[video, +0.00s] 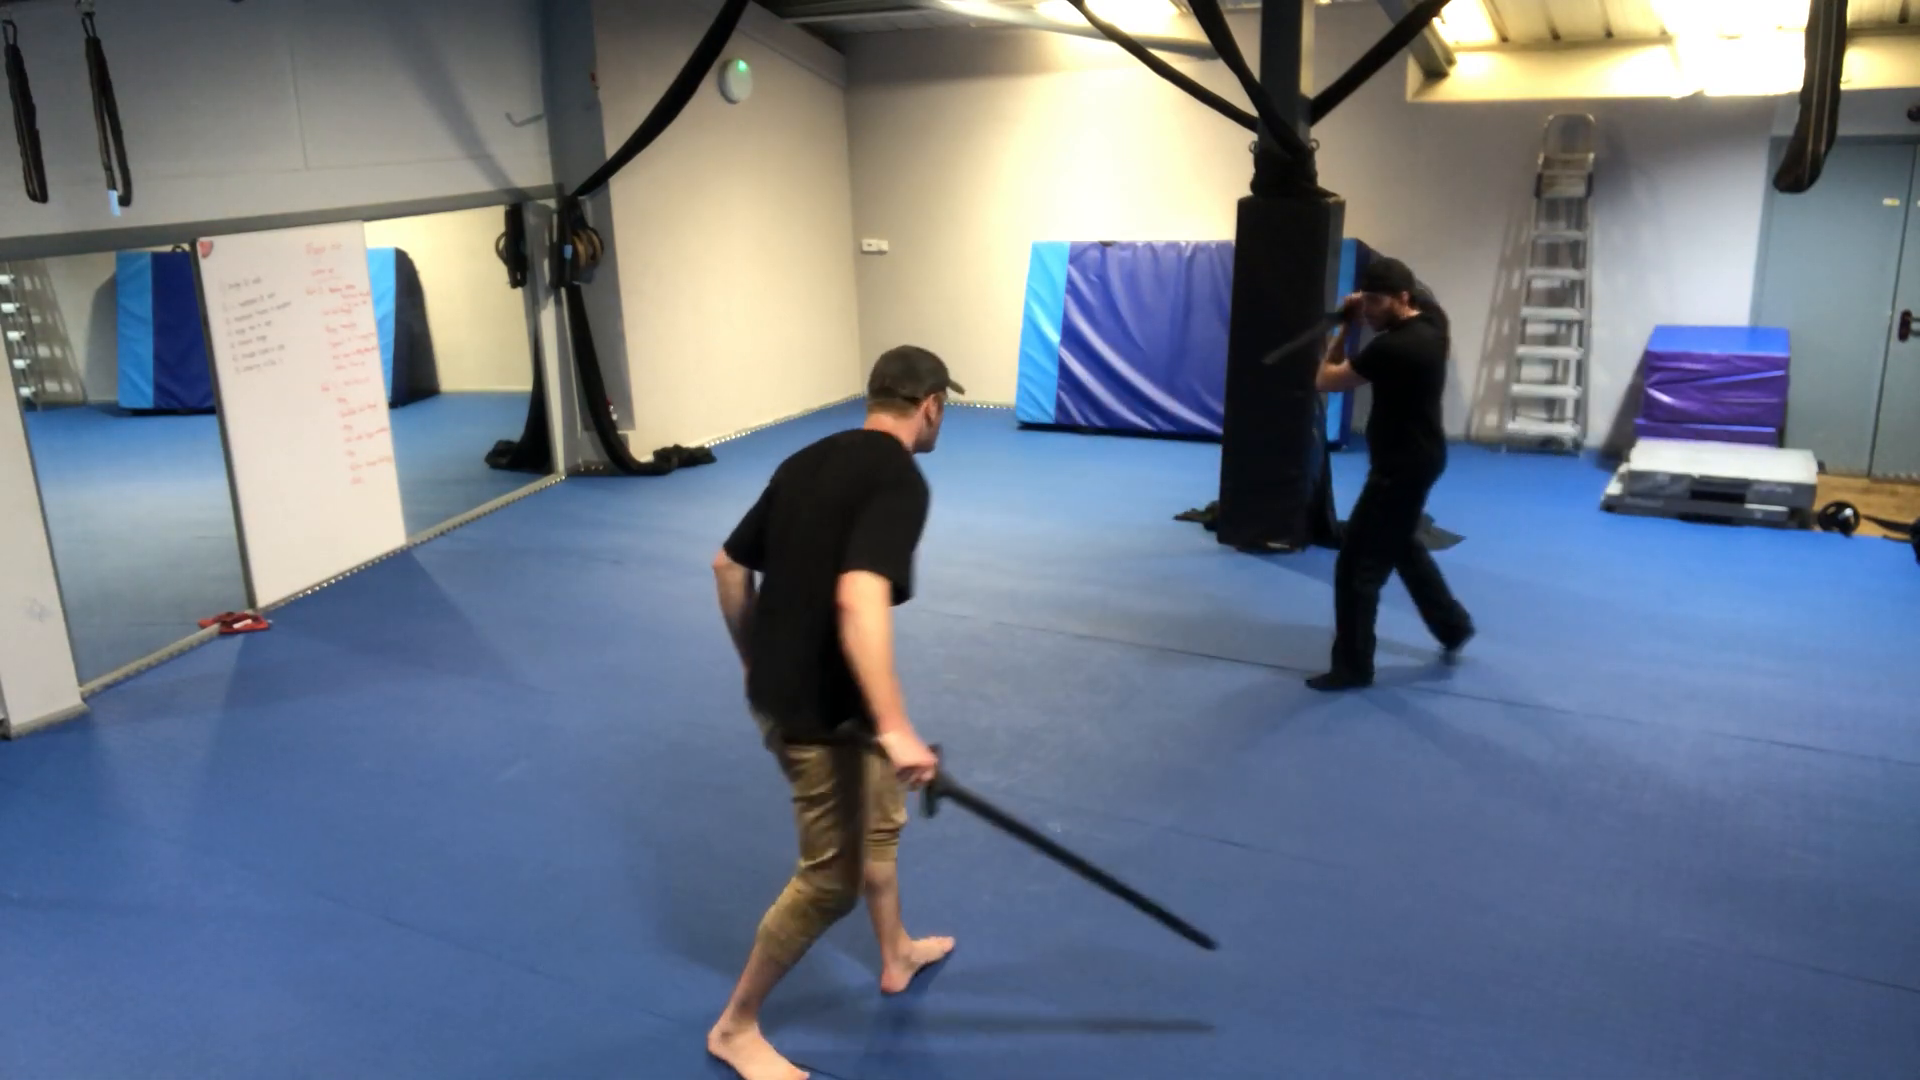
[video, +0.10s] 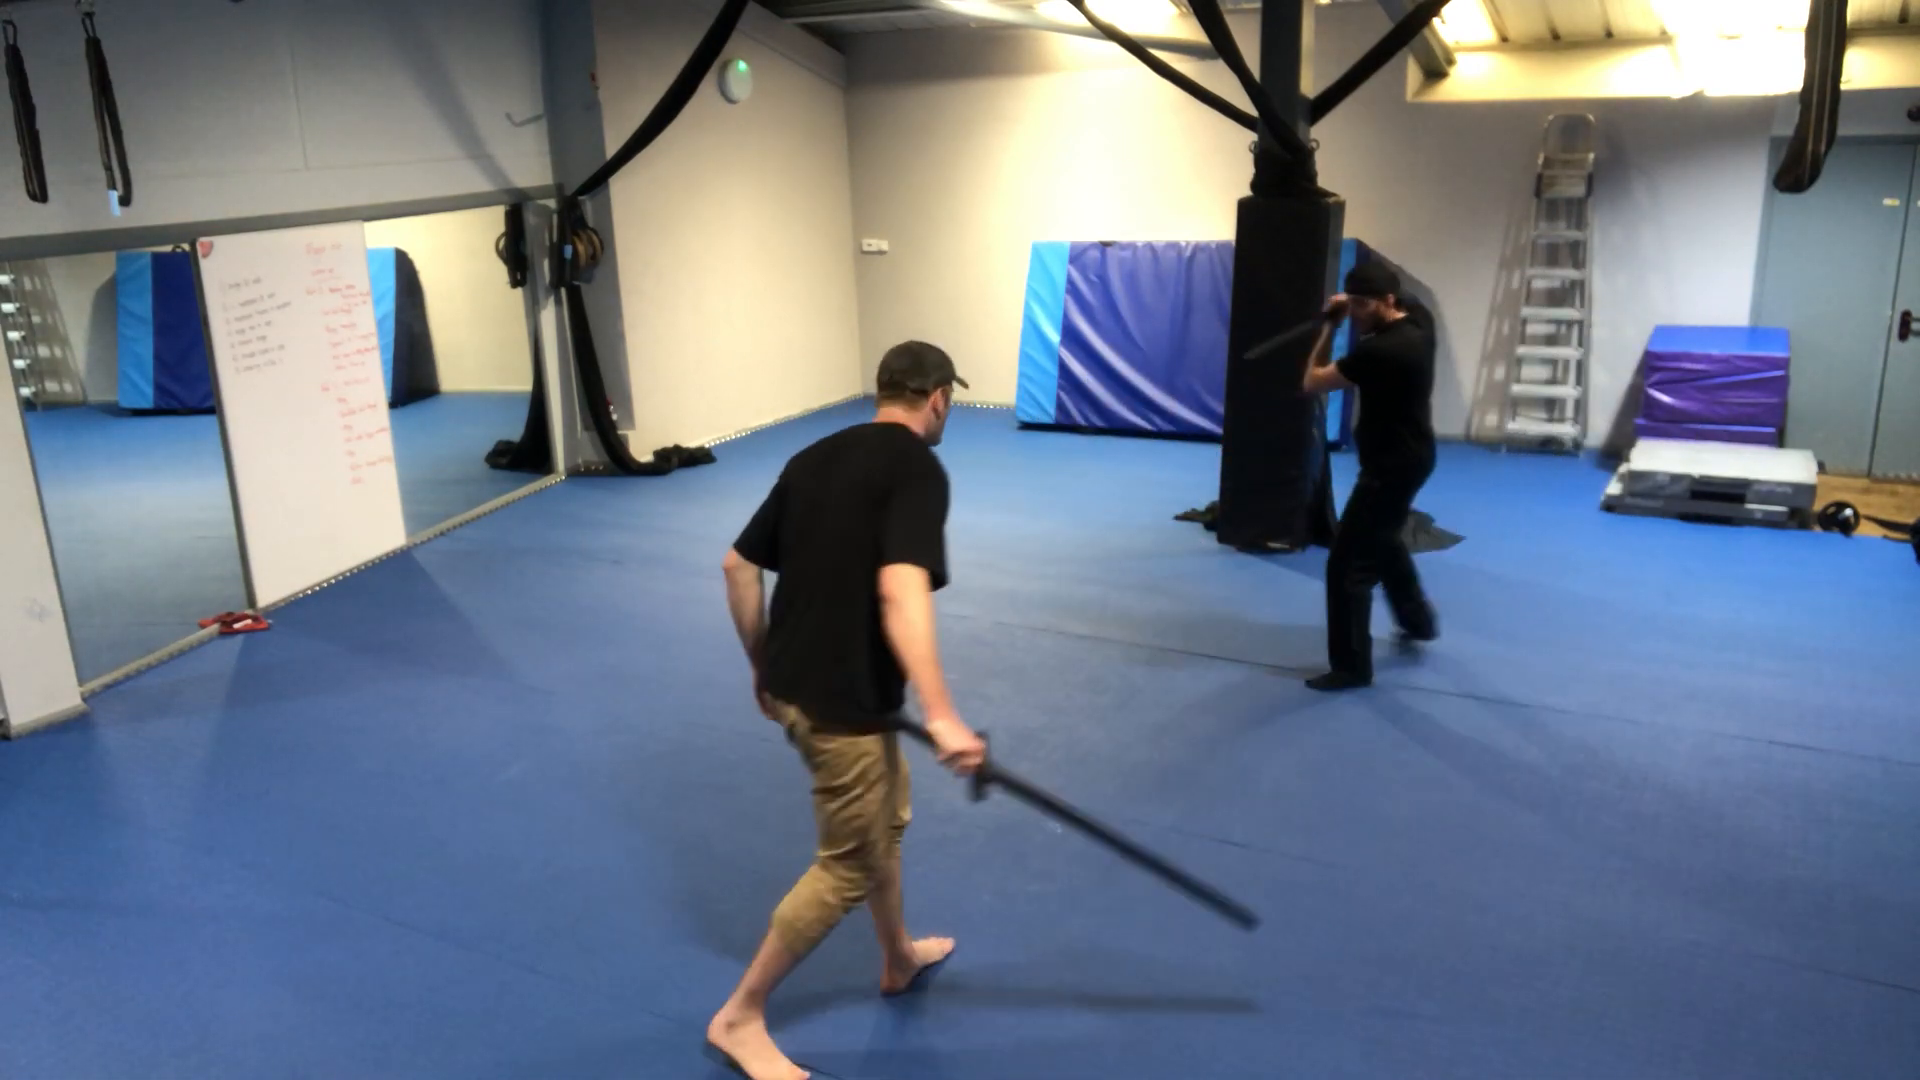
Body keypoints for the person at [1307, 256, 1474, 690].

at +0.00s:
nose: (1366, 308)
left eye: (1372, 300)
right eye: (1365, 299)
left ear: (1399, 299)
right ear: (1406, 299)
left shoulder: (1392, 346)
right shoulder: (1432, 326)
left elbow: (1326, 379)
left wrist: (1346, 329)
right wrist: (1362, 307)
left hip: (1397, 465)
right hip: (1421, 456)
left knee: (1357, 565)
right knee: (1402, 543)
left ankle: (1352, 668)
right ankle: (1452, 625)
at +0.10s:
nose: (1354, 312)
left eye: (1360, 305)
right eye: (1353, 304)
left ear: (1385, 302)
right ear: (1390, 301)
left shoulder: (1380, 350)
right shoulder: (1417, 323)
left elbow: (1311, 381)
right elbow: (1389, 303)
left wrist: (1329, 326)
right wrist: (1353, 301)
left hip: (1388, 466)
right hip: (1412, 456)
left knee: (1346, 562)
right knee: (1382, 538)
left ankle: (1351, 668)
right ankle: (1417, 622)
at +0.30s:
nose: (1339, 320)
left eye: (1344, 312)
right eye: (1336, 311)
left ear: (1369, 307)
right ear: (1373, 306)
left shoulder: (1368, 351)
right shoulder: (1396, 327)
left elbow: (1295, 383)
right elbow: (1371, 303)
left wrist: (1310, 327)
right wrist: (1334, 301)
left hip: (1376, 470)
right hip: (1389, 460)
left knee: (1337, 564)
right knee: (1355, 548)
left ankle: (1350, 668)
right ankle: (1343, 617)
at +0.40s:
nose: (1334, 317)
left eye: (1339, 309)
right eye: (1331, 308)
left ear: (1364, 306)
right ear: (1366, 304)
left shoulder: (1364, 350)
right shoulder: (1387, 324)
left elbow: (1291, 383)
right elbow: (1357, 294)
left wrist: (1297, 326)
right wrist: (1322, 297)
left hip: (1370, 470)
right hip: (1375, 459)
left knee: (1332, 564)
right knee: (1341, 544)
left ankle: (1350, 669)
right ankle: (1334, 616)